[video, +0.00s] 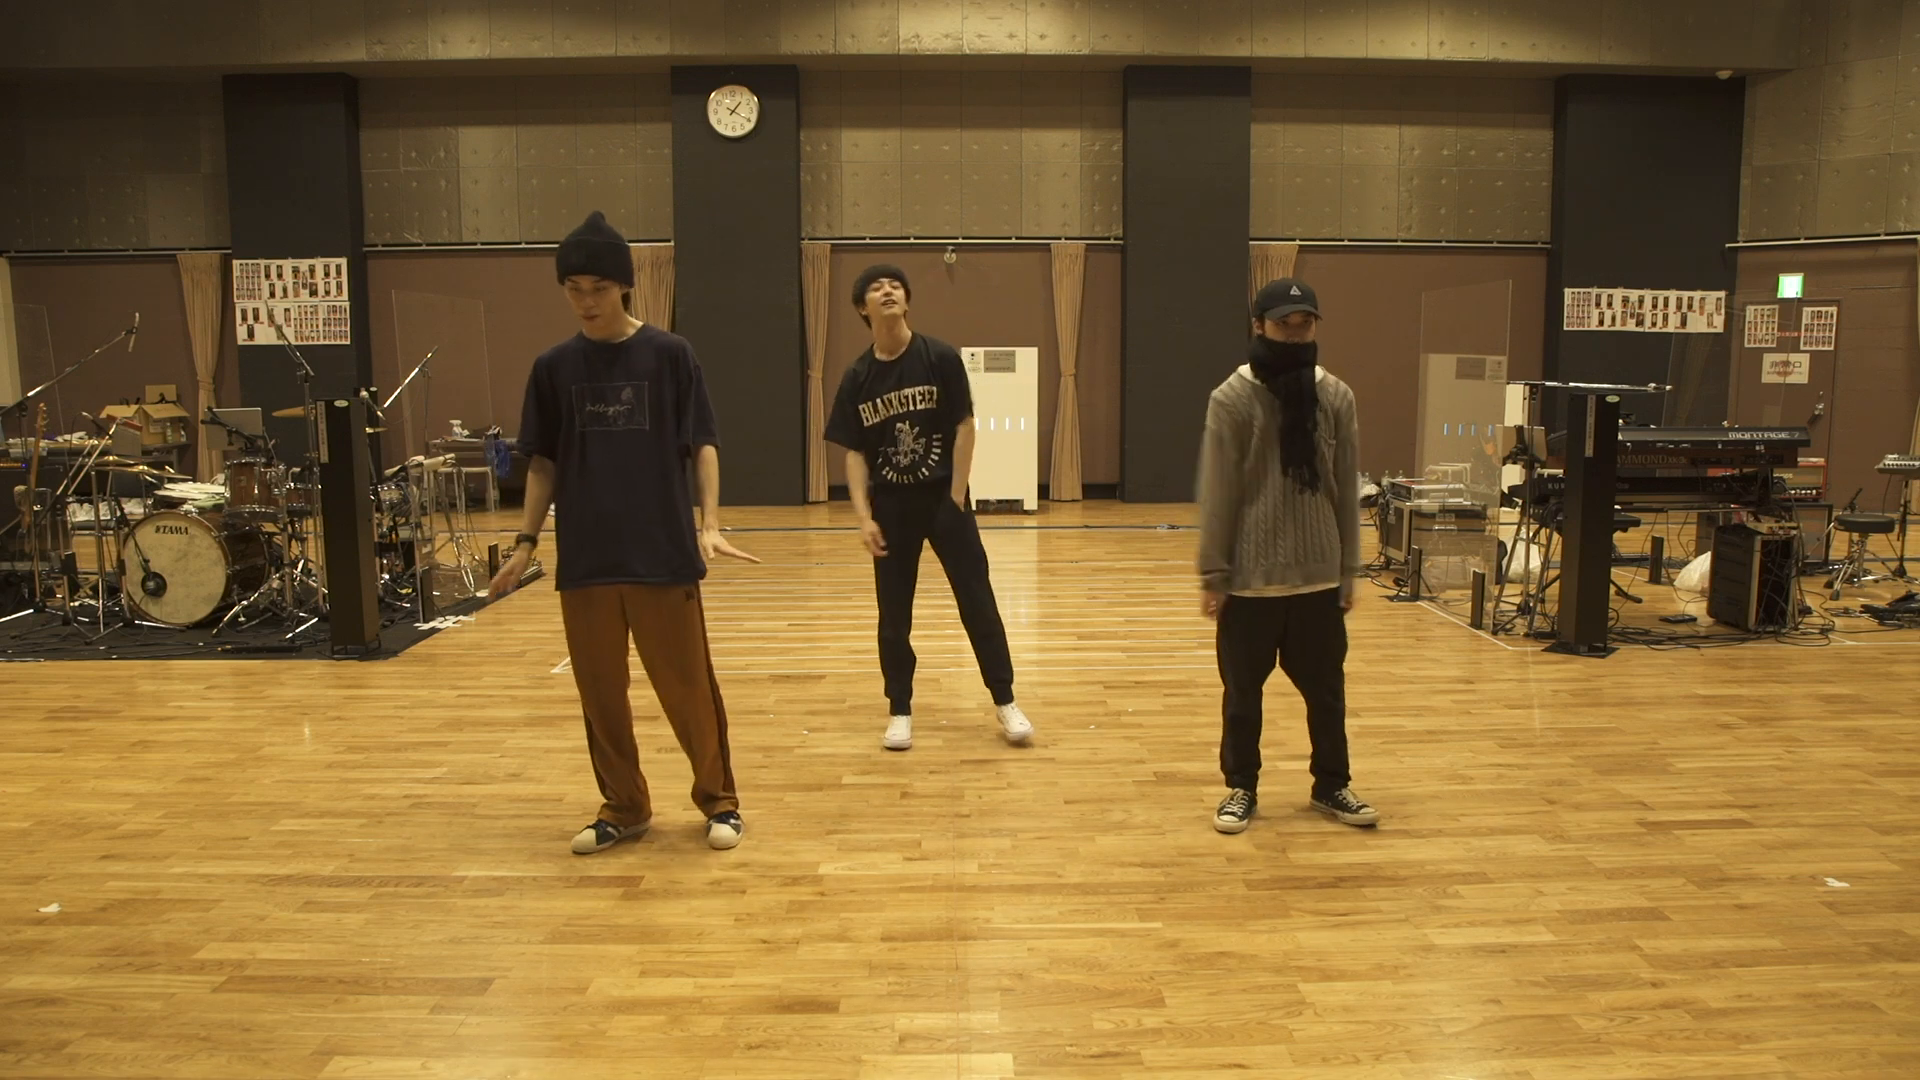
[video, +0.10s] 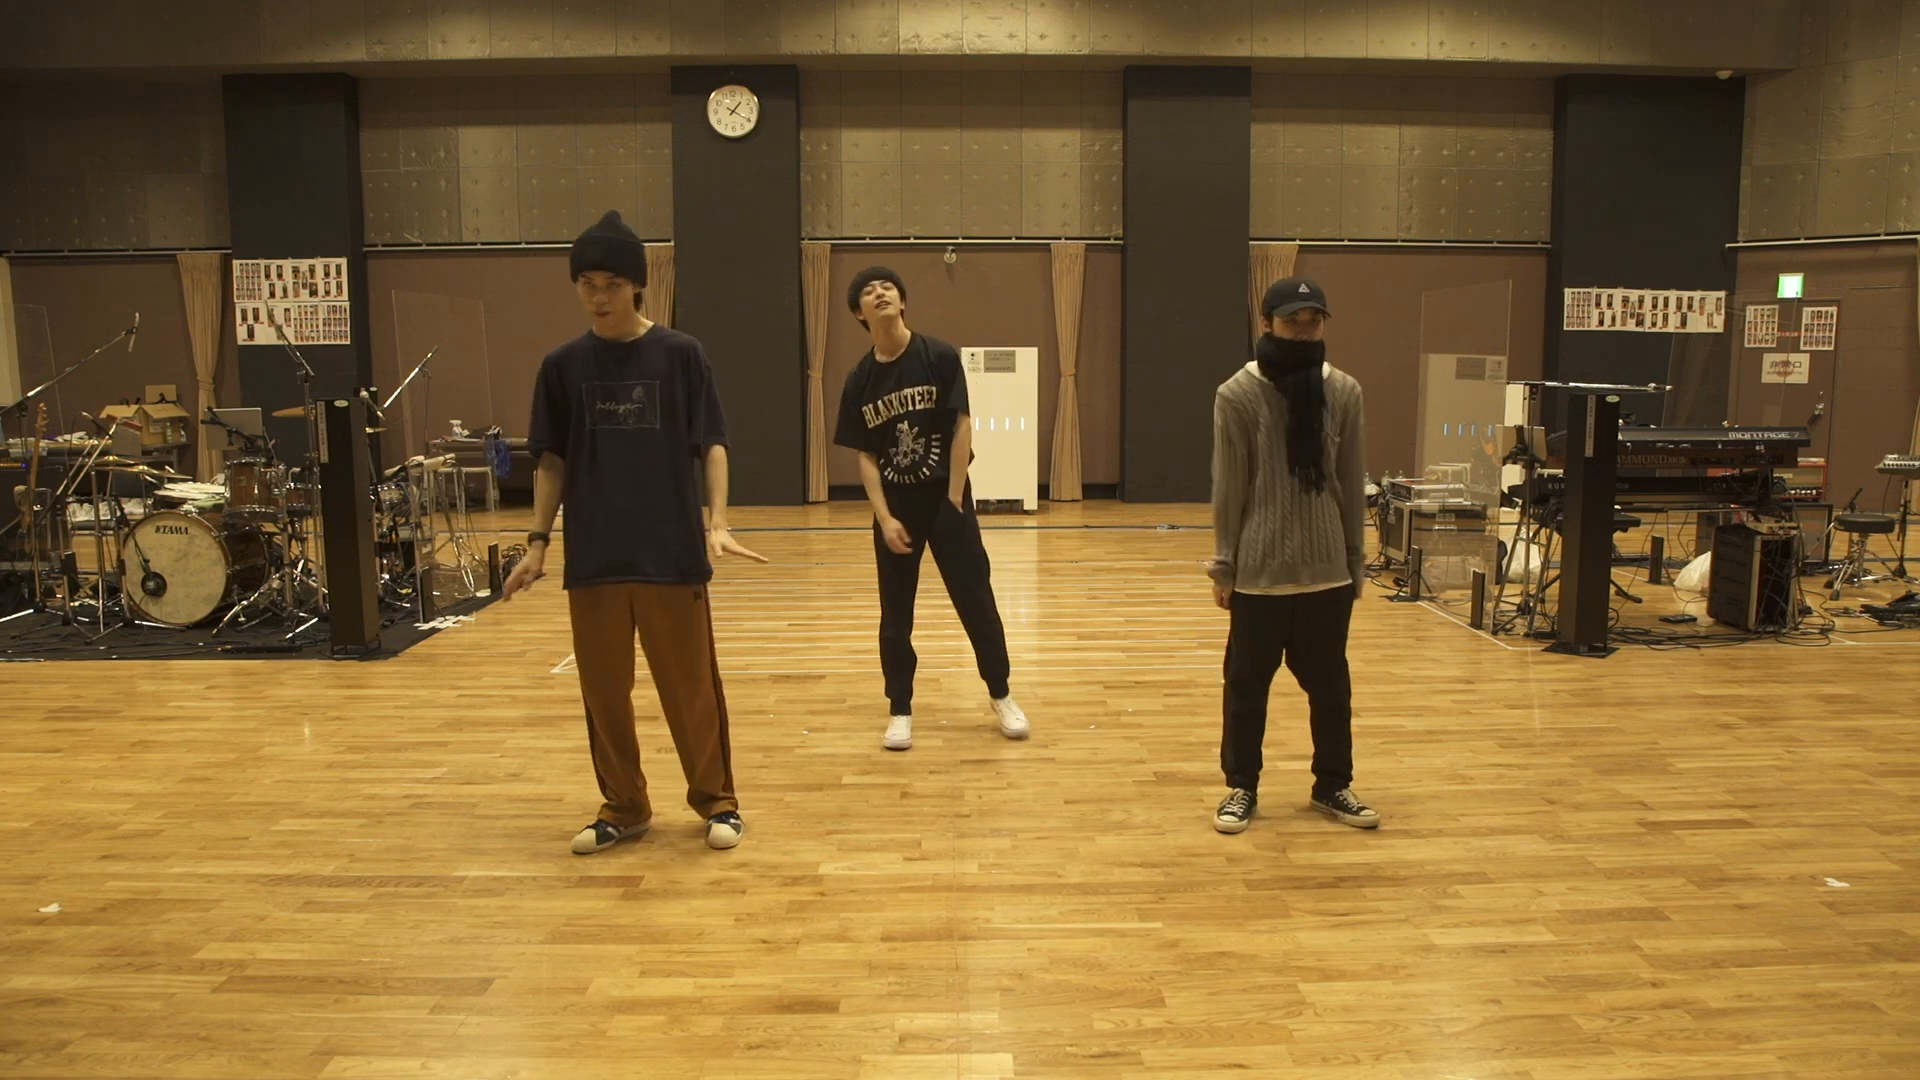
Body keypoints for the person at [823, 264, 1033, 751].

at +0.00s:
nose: (886, 291)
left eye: (894, 286)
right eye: (875, 288)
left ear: (908, 301)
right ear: (862, 309)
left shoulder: (941, 357)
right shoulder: (857, 377)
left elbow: (965, 427)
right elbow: (854, 452)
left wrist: (957, 495)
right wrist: (864, 517)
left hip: (945, 501)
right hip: (890, 508)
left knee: (979, 603)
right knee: (892, 616)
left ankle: (1005, 702)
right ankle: (899, 712)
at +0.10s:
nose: (879, 294)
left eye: (886, 288)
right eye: (869, 293)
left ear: (903, 304)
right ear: (859, 317)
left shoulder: (940, 356)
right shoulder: (859, 380)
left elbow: (962, 427)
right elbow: (865, 456)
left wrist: (955, 499)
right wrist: (883, 516)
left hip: (946, 501)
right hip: (893, 508)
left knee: (977, 600)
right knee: (895, 615)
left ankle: (1001, 695)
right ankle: (900, 712)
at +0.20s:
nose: (876, 296)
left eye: (883, 289)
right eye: (866, 295)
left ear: (903, 302)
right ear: (860, 319)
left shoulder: (943, 355)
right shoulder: (863, 381)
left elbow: (965, 427)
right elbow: (867, 456)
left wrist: (961, 498)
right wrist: (882, 516)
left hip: (948, 499)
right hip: (896, 507)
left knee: (975, 598)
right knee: (896, 613)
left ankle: (997, 691)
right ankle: (899, 712)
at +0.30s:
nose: (884, 301)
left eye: (890, 293)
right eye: (873, 300)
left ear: (911, 302)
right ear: (870, 322)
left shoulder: (954, 354)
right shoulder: (874, 384)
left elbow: (977, 424)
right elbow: (871, 458)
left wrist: (974, 495)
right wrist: (876, 521)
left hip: (957, 499)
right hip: (904, 505)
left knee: (981, 599)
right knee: (899, 611)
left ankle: (991, 692)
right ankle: (900, 712)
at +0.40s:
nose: (898, 300)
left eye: (903, 292)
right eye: (888, 301)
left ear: (923, 300)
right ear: (883, 321)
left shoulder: (966, 355)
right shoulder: (883, 384)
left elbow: (989, 425)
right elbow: (874, 457)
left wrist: (983, 496)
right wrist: (868, 523)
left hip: (965, 501)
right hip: (911, 506)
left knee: (981, 600)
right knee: (902, 609)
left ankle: (987, 695)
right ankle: (901, 712)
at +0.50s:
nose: (925, 301)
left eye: (930, 293)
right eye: (914, 300)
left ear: (948, 302)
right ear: (906, 321)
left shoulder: (989, 363)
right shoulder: (901, 380)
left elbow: (1005, 428)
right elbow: (878, 449)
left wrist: (998, 495)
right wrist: (865, 518)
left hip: (979, 503)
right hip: (925, 506)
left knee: (983, 603)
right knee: (913, 608)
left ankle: (986, 695)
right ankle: (902, 713)